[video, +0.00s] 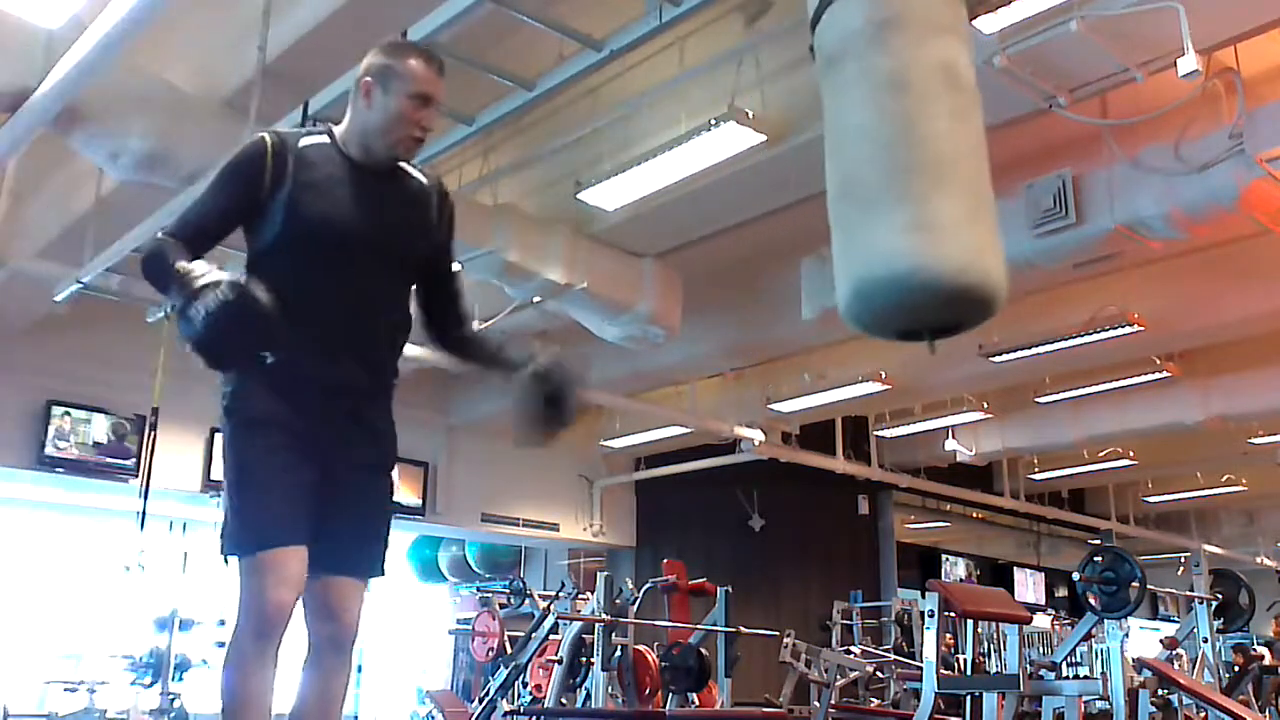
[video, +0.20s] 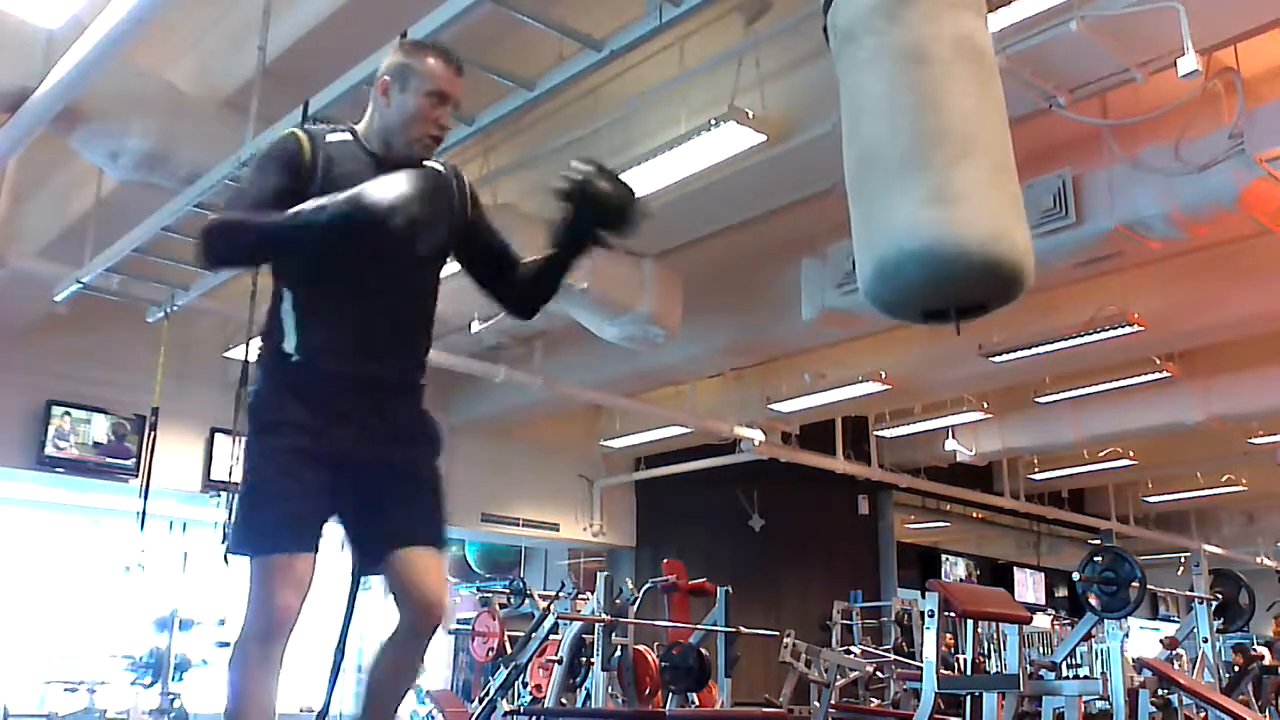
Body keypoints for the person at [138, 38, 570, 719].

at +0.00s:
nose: (428, 121)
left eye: (436, 109)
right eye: (417, 103)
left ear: (438, 116)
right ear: (367, 89)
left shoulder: (427, 201)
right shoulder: (277, 157)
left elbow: (449, 327)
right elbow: (160, 248)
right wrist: (199, 288)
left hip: (363, 418)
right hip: (272, 402)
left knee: (337, 623)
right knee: (272, 598)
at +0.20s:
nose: (444, 119)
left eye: (453, 108)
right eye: (433, 100)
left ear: (453, 115)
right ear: (384, 89)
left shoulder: (447, 192)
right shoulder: (308, 151)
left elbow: (521, 294)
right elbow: (219, 242)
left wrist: (578, 236)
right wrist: (347, 211)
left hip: (392, 416)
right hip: (299, 407)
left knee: (426, 604)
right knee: (278, 602)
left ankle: (371, 718)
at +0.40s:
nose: (492, 116)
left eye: (503, 108)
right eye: (481, 96)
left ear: (505, 118)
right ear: (431, 87)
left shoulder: (500, 179)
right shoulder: (366, 135)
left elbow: (586, 268)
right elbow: (364, 172)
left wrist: (603, 189)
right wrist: (525, 149)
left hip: (440, 422)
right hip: (343, 415)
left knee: (528, 599)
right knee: (318, 609)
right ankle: (264, 714)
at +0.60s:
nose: (551, 111)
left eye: (558, 99)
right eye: (537, 93)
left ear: (563, 113)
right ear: (487, 94)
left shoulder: (571, 186)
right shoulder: (436, 174)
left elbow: (619, 273)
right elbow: (422, 274)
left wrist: (623, 202)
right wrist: (533, 199)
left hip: (563, 426)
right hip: (463, 427)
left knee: (645, 613)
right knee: (383, 619)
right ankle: (327, 713)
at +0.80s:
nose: (604, 88)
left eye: (612, 78)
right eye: (589, 71)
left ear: (618, 91)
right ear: (542, 77)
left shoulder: (632, 160)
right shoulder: (500, 159)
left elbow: (702, 231)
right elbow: (494, 249)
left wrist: (736, 187)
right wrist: (600, 171)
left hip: (641, 402)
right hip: (540, 400)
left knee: (695, 601)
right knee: (484, 596)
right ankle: (450, 718)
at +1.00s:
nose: (652, 106)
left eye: (658, 93)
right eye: (634, 89)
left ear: (663, 103)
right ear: (587, 93)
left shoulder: (684, 163)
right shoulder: (548, 182)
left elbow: (769, 218)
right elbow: (547, 263)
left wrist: (814, 163)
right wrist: (643, 192)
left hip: (692, 415)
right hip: (595, 415)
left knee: (729, 627)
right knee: (541, 614)